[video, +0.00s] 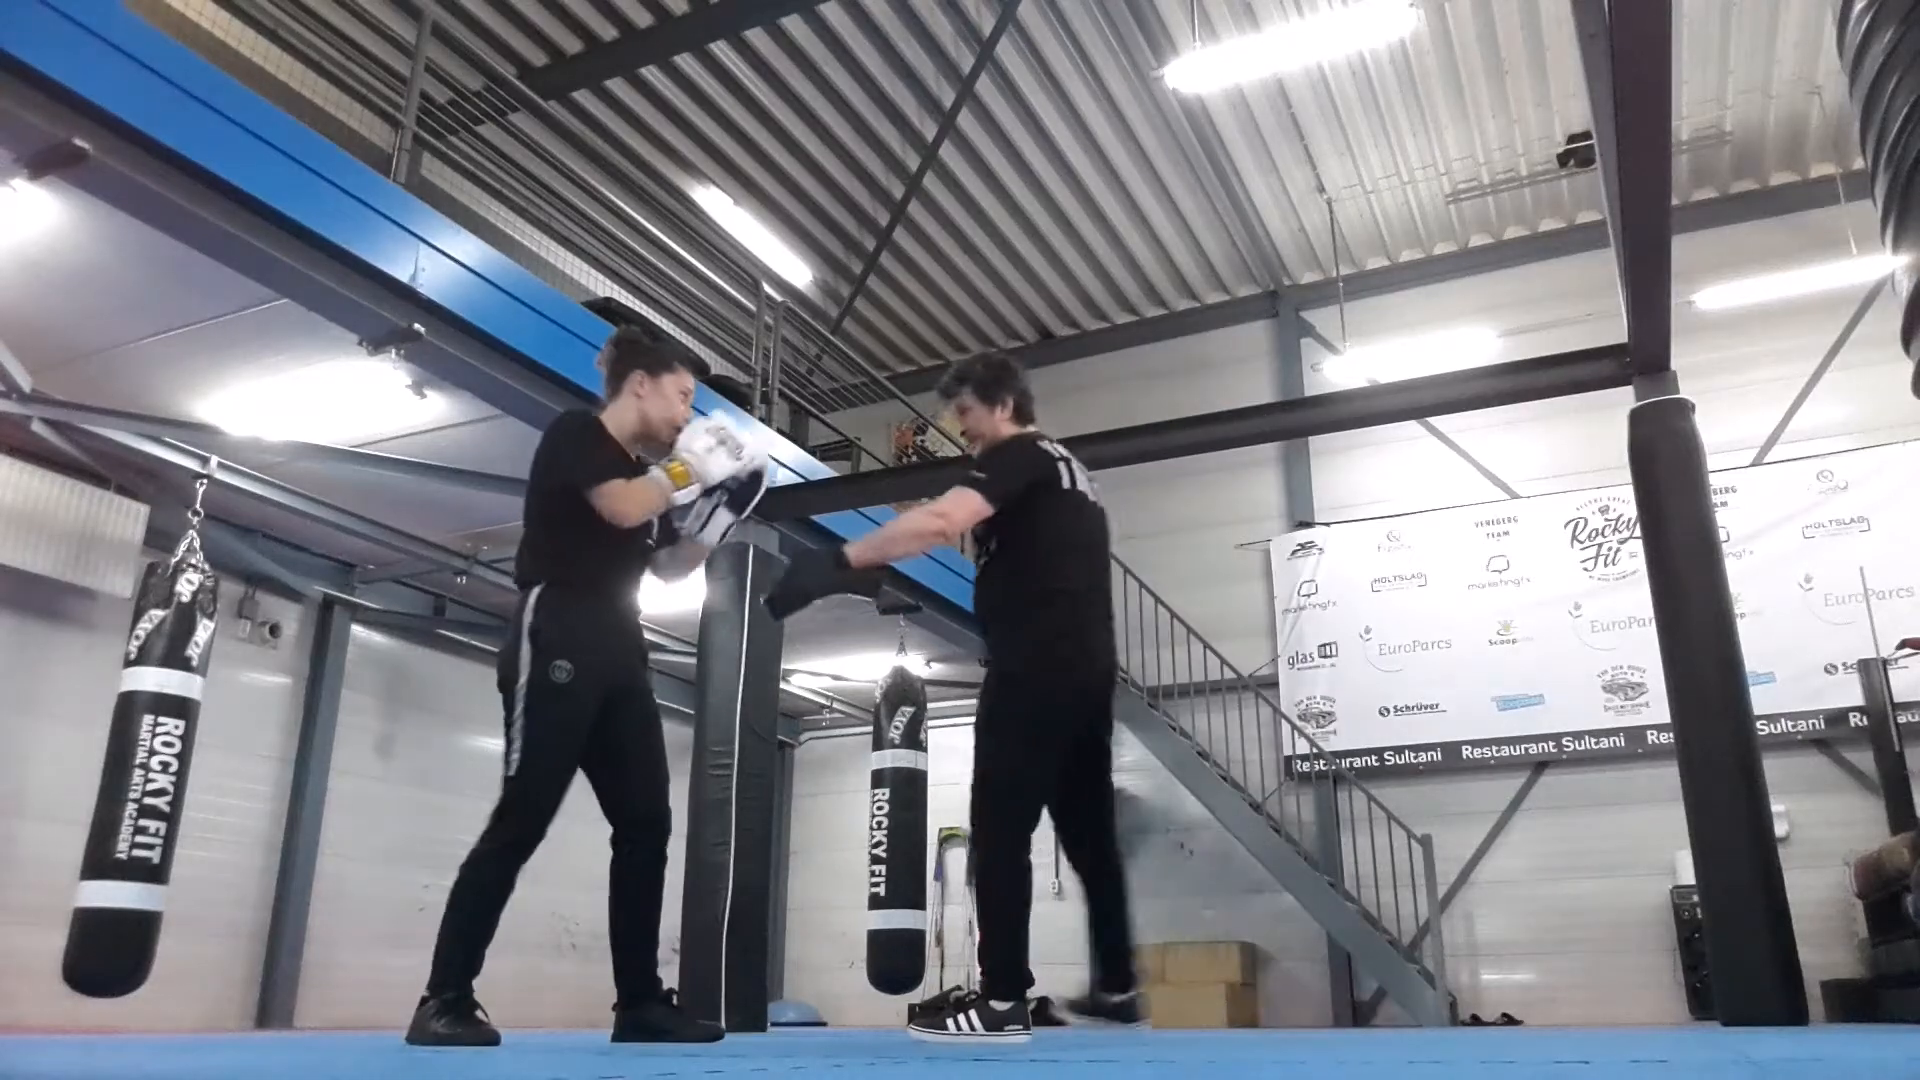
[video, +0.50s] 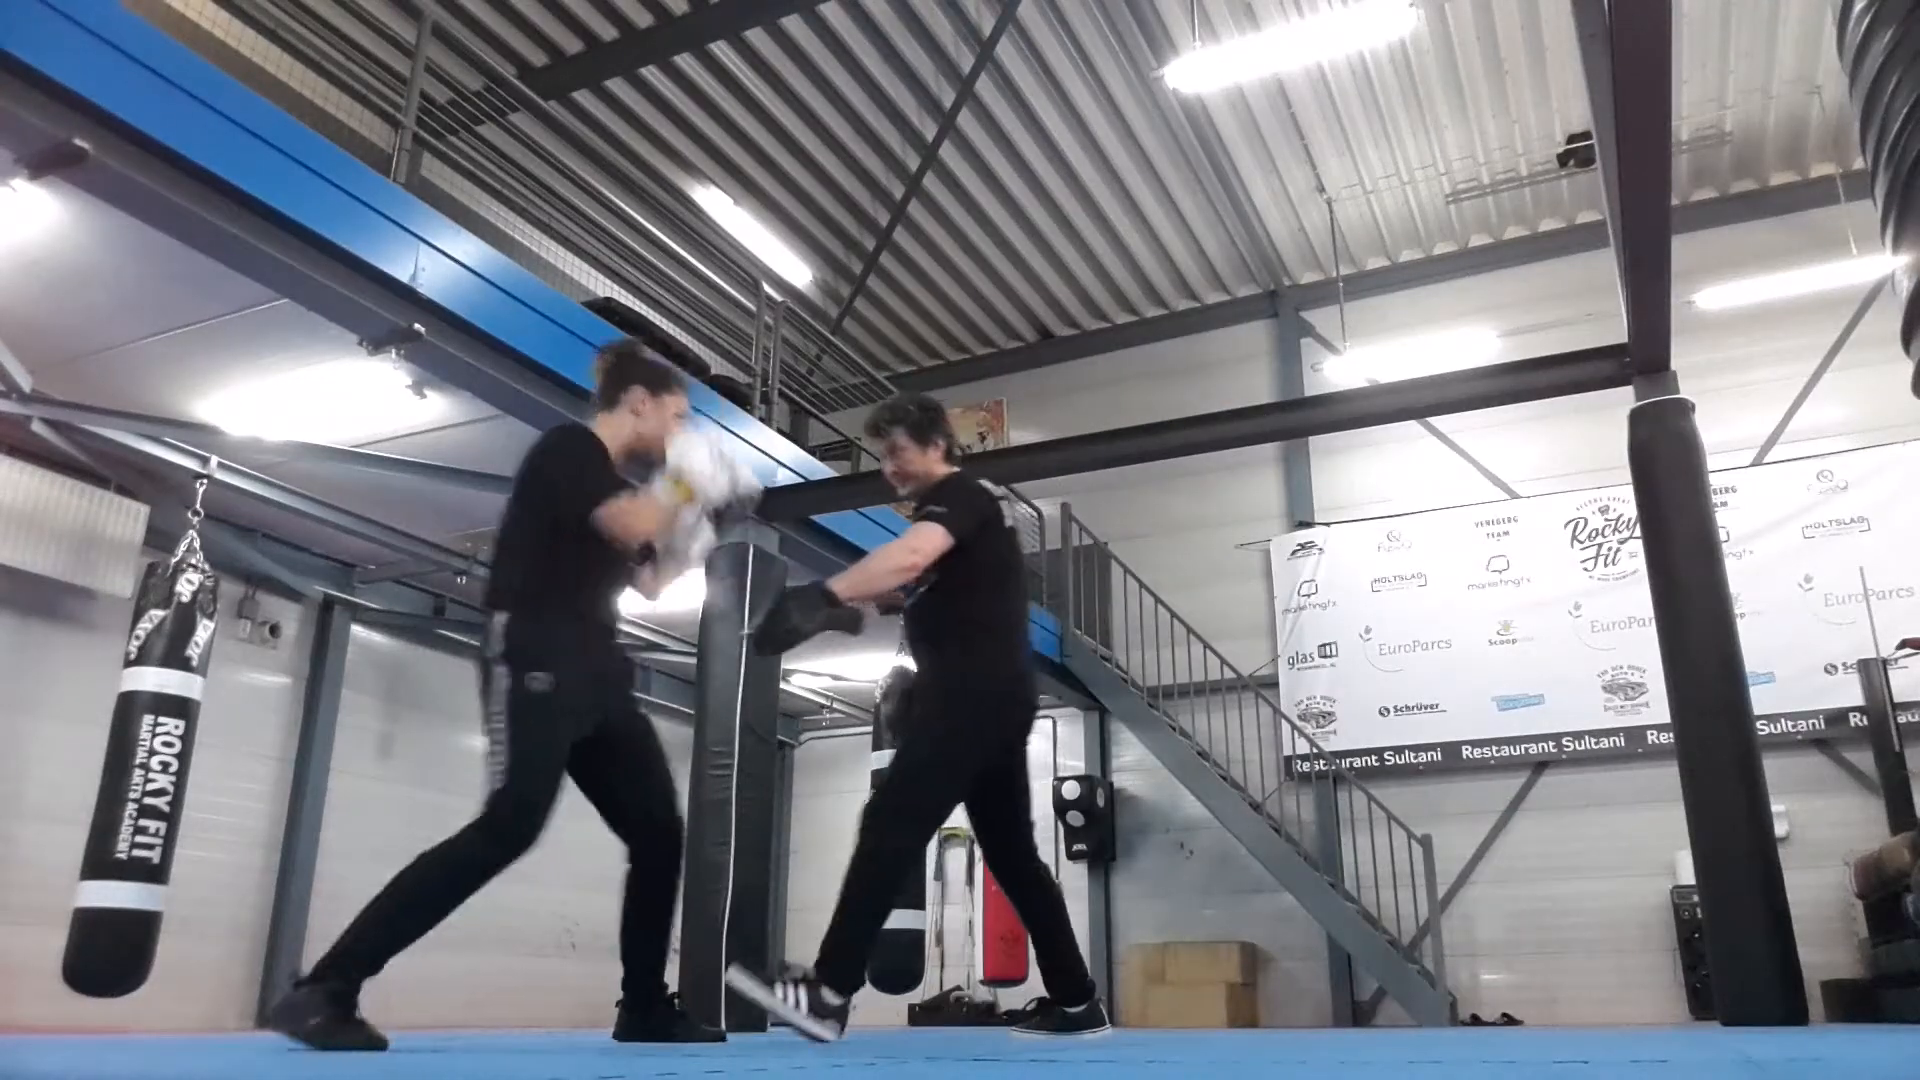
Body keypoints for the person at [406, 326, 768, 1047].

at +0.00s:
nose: (688, 415)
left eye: (692, 402)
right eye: (682, 396)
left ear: (646, 397)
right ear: (638, 385)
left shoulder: (639, 470)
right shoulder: (576, 432)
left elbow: (667, 569)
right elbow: (621, 505)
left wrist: (713, 517)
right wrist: (690, 466)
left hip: (616, 650)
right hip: (556, 641)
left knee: (645, 824)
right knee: (518, 822)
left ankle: (641, 1005)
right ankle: (444, 999)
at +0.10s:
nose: (705, 417)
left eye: (709, 406)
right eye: (701, 401)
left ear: (670, 399)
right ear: (659, 388)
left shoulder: (654, 467)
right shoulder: (598, 433)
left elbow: (696, 564)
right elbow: (647, 509)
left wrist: (737, 500)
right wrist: (704, 460)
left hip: (618, 636)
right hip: (560, 626)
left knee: (642, 823)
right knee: (551, 805)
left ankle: (640, 1005)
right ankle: (448, 993)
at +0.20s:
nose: (720, 425)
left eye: (723, 414)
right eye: (716, 409)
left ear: (684, 403)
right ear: (677, 395)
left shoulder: (660, 478)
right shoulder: (611, 435)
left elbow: (696, 580)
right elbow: (647, 520)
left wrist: (743, 518)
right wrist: (714, 478)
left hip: (620, 641)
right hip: (561, 626)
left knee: (640, 822)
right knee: (566, 790)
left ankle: (640, 1005)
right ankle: (442, 968)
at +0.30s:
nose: (723, 431)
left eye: (727, 418)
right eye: (719, 413)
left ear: (688, 405)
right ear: (679, 395)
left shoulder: (671, 480)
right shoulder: (610, 438)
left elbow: (659, 585)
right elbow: (618, 533)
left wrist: (711, 554)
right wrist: (694, 506)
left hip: (619, 654)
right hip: (557, 637)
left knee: (647, 822)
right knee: (559, 782)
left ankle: (641, 1006)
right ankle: (410, 960)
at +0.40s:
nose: (712, 436)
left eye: (715, 423)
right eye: (709, 418)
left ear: (674, 408)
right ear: (667, 401)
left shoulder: (660, 493)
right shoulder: (591, 448)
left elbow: (643, 593)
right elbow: (592, 543)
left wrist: (708, 560)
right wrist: (680, 528)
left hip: (615, 661)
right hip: (553, 646)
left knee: (670, 830)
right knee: (539, 802)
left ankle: (644, 1009)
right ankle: (360, 963)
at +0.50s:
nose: (678, 431)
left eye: (682, 419)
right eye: (676, 415)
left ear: (635, 408)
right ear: (637, 401)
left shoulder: (612, 479)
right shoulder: (571, 447)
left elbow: (650, 583)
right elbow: (627, 524)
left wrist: (680, 521)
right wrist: (679, 484)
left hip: (589, 663)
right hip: (534, 655)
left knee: (658, 834)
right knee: (508, 827)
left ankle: (646, 1007)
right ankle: (325, 989)